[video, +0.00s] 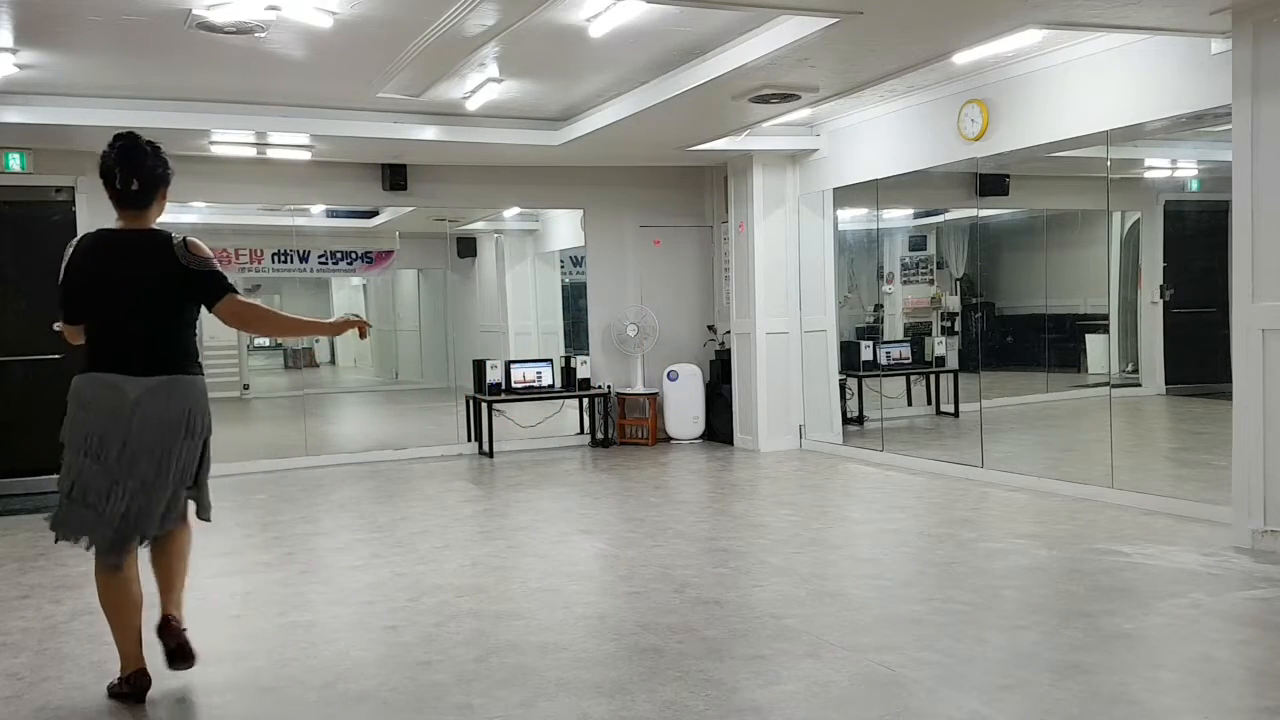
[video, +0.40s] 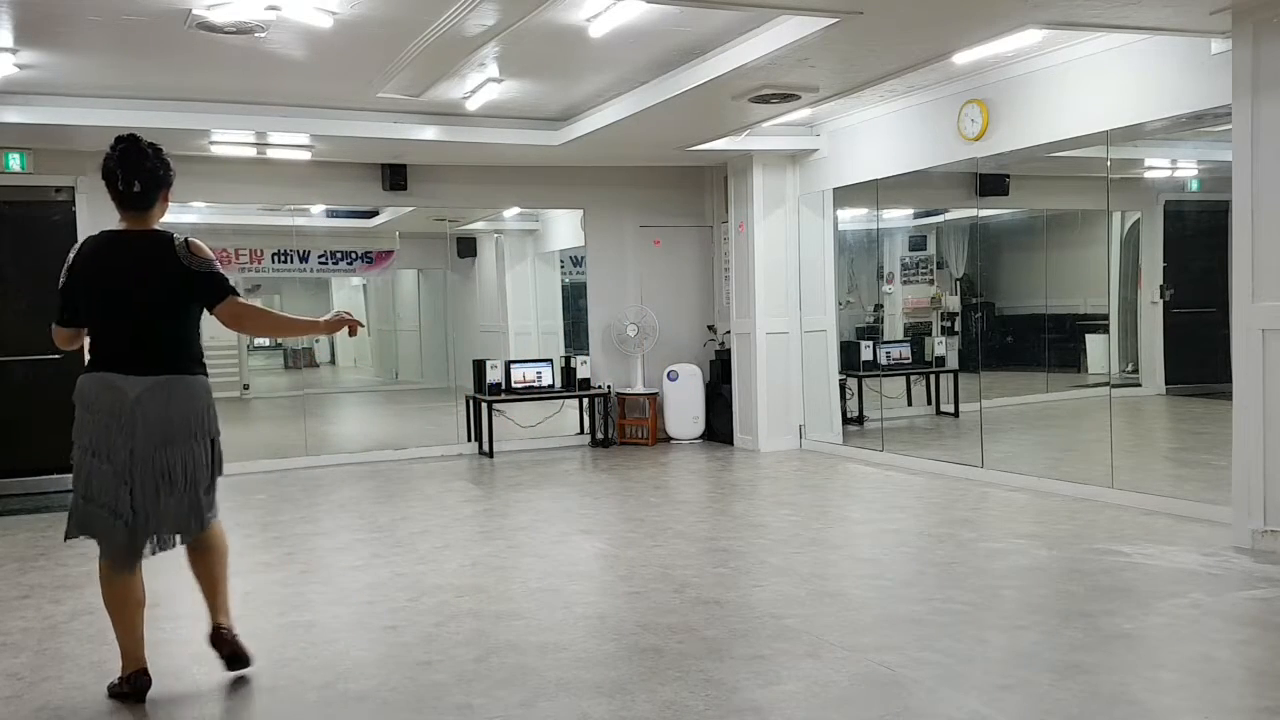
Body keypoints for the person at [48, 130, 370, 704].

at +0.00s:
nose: (163, 195)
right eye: (164, 187)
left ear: (107, 191)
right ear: (163, 192)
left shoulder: (83, 253)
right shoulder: (182, 255)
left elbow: (72, 334)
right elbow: (243, 316)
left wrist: (111, 322)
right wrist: (330, 327)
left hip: (101, 396)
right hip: (176, 396)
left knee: (111, 536)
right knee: (173, 511)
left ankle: (132, 670)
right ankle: (172, 615)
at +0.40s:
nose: (163, 197)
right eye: (166, 189)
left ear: (111, 194)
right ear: (167, 194)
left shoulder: (87, 255)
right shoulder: (185, 256)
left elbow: (64, 338)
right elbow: (238, 315)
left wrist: (92, 328)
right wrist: (321, 325)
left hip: (106, 399)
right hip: (181, 397)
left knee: (117, 536)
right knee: (199, 514)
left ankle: (134, 670)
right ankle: (222, 621)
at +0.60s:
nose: (181, 196)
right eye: (185, 188)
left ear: (132, 192)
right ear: (188, 192)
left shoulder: (109, 253)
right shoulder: (211, 254)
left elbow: (66, 329)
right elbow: (266, 318)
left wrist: (50, 307)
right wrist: (334, 322)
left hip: (133, 401)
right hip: (208, 397)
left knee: (135, 535)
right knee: (244, 521)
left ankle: (135, 670)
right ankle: (280, 638)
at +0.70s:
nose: (183, 194)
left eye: (160, 186)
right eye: (195, 185)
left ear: (149, 192)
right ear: (205, 191)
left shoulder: (129, 254)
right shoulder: (231, 255)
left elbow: (83, 328)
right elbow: (289, 319)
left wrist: (54, 308)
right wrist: (347, 320)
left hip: (153, 404)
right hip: (228, 402)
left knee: (146, 533)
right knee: (257, 524)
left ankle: (136, 666)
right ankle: (284, 645)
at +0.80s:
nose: (196, 193)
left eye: (180, 185)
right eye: (215, 183)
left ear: (167, 191)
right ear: (222, 190)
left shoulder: (148, 252)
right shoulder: (250, 253)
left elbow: (107, 327)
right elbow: (314, 315)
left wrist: (69, 314)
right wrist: (359, 316)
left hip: (171, 401)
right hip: (246, 399)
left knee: (155, 528)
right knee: (267, 519)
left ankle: (136, 661)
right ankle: (285, 643)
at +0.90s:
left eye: (196, 186)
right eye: (236, 184)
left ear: (184, 191)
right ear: (239, 190)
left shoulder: (165, 250)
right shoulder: (266, 251)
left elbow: (131, 324)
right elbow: (333, 314)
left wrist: (81, 318)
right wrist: (362, 314)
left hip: (188, 396)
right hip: (262, 393)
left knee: (164, 523)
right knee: (277, 518)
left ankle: (136, 656)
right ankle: (286, 644)